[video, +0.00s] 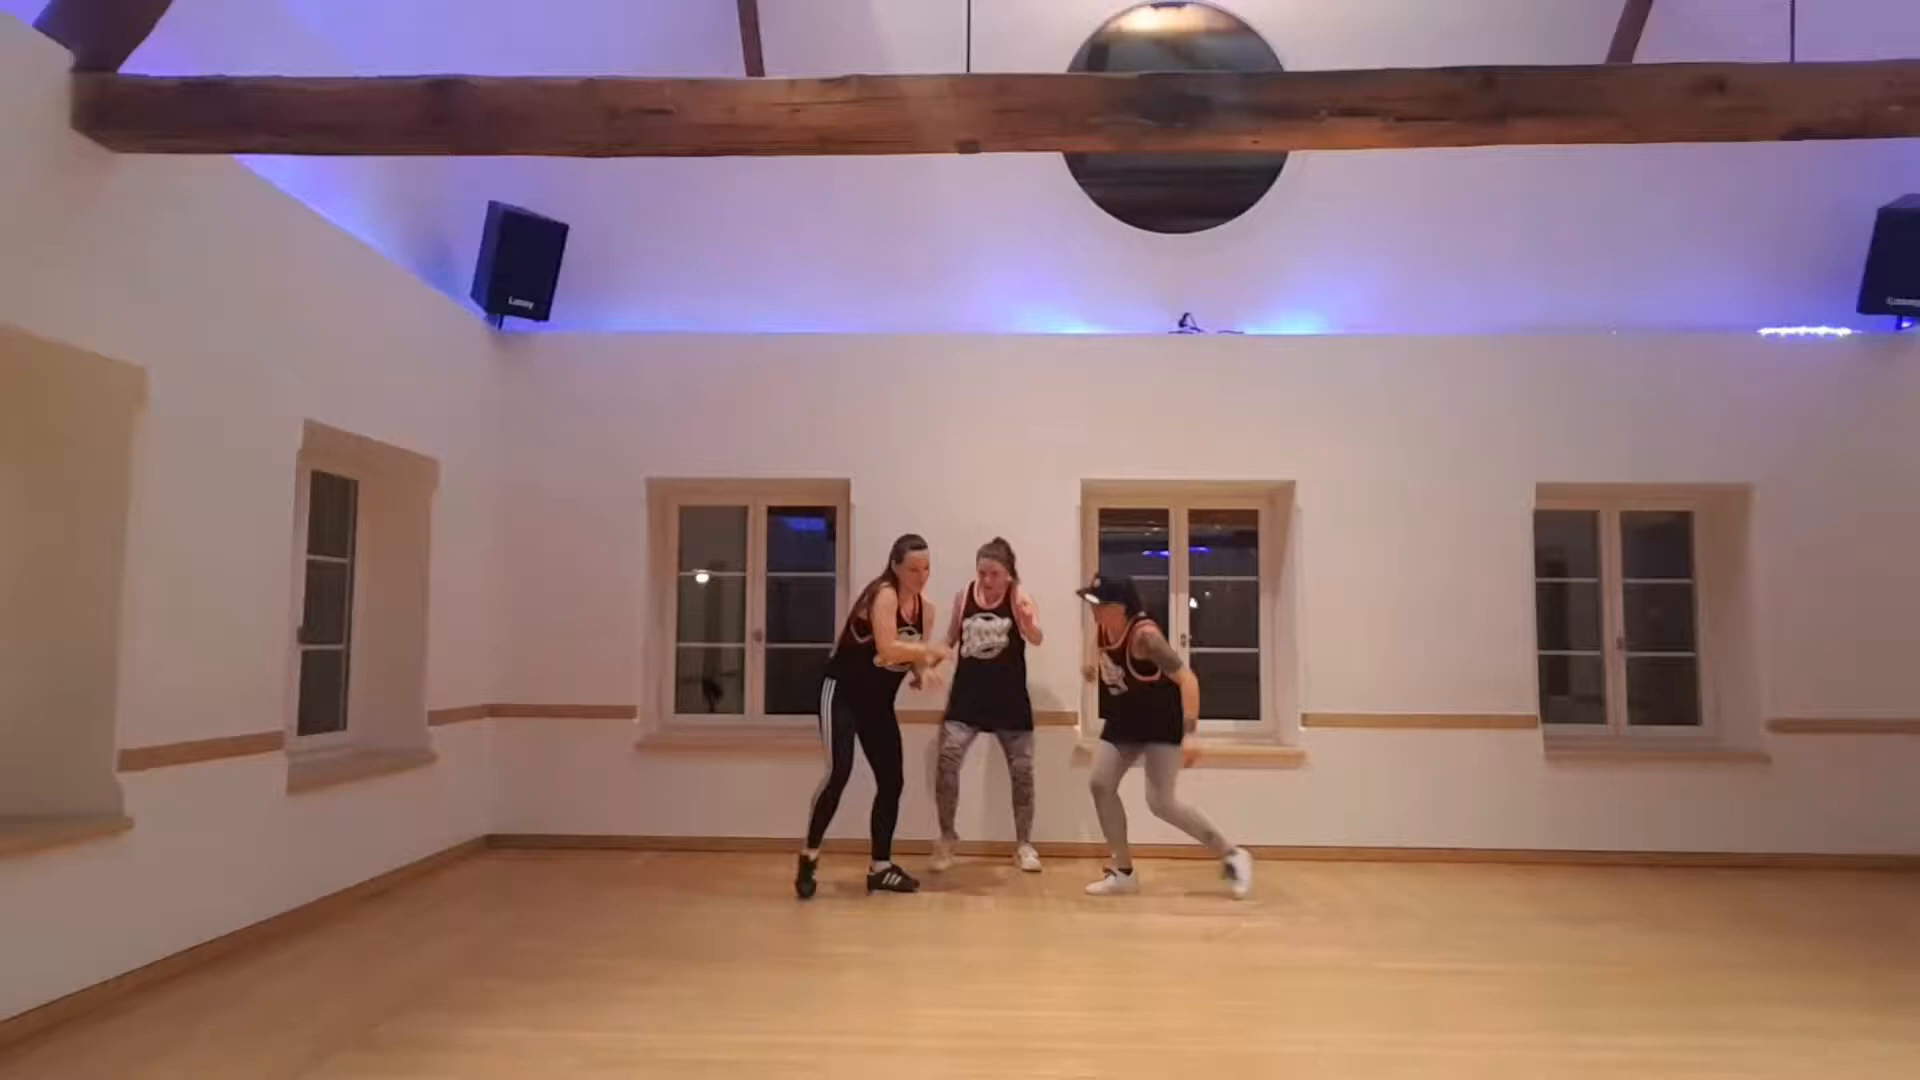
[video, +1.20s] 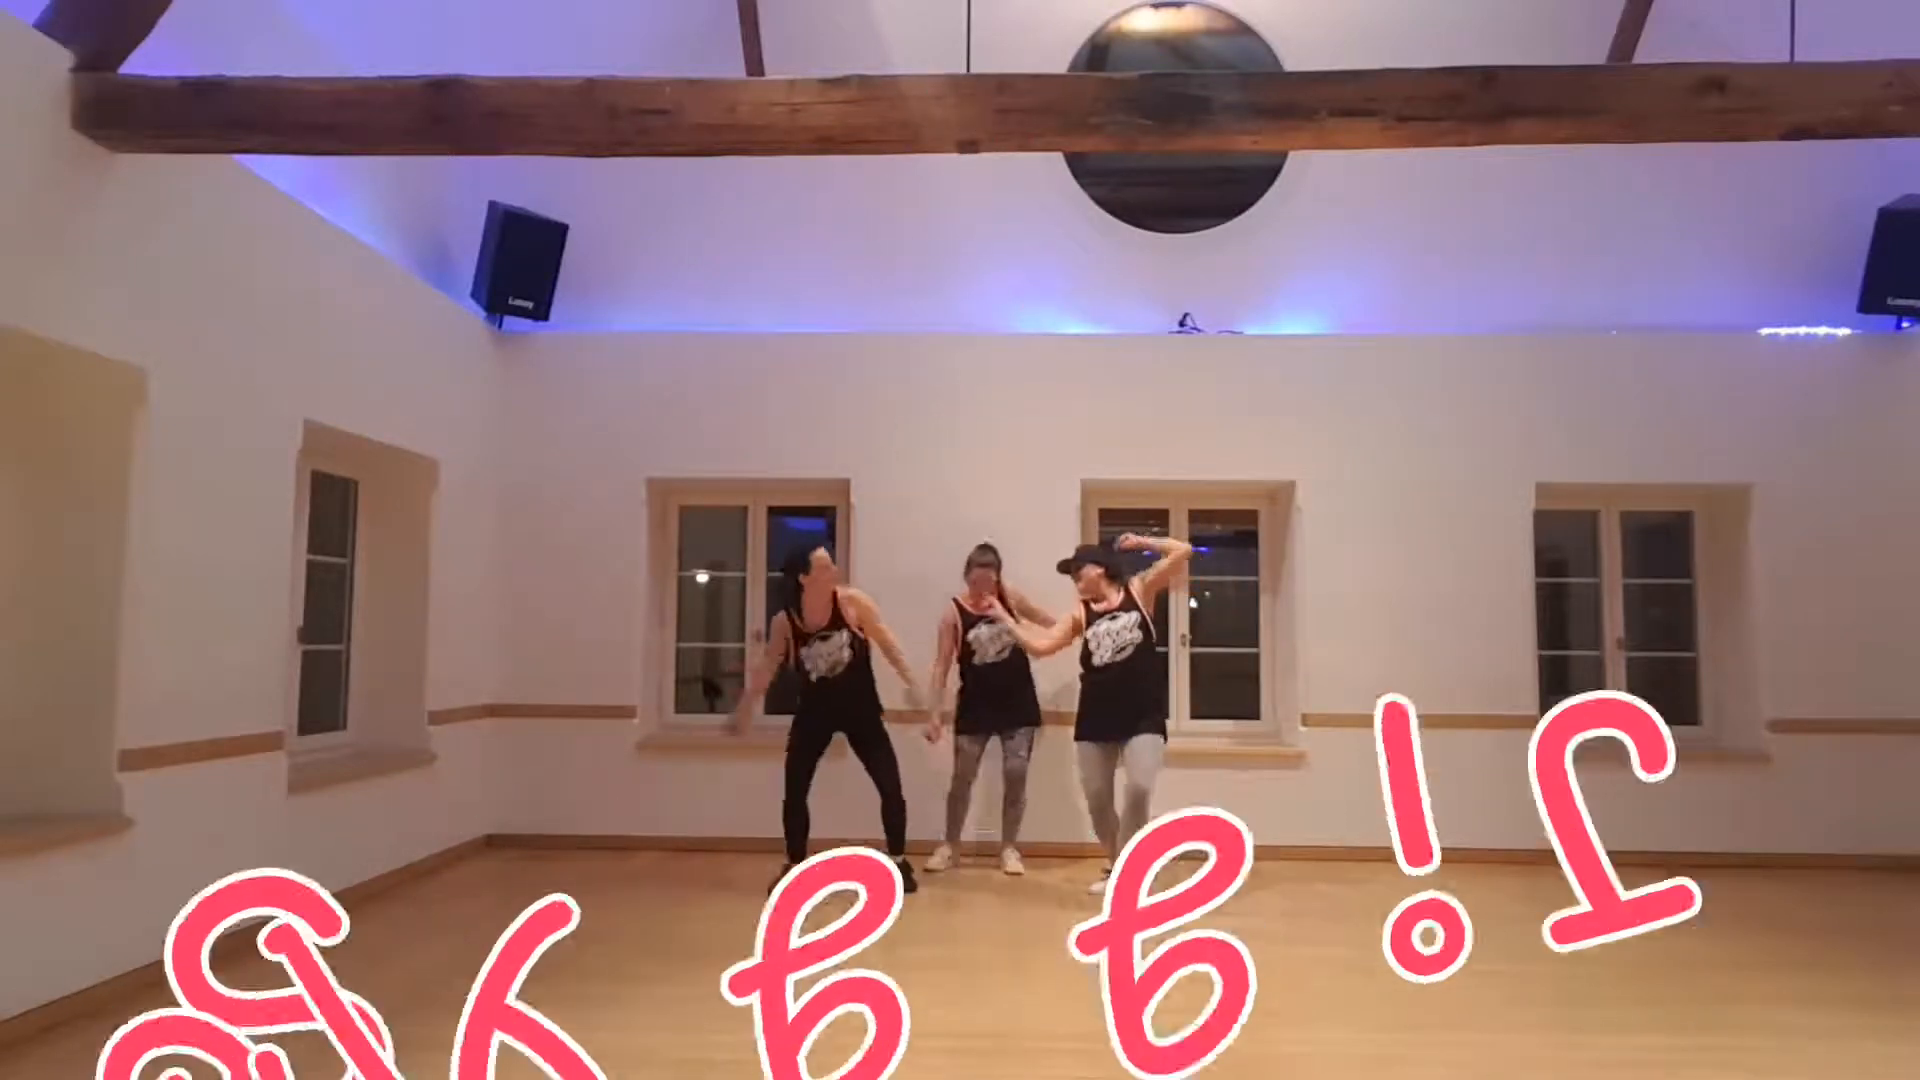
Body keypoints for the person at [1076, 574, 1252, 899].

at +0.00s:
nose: (1095, 611)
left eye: (1101, 606)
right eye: (1095, 605)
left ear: (1120, 607)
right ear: (1106, 607)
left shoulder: (1147, 636)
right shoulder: (1103, 630)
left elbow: (1188, 680)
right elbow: (1105, 668)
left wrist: (1190, 735)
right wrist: (1093, 669)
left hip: (1163, 725)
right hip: (1124, 722)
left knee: (1161, 802)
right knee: (1100, 785)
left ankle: (1233, 856)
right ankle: (1123, 871)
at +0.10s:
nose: (1091, 604)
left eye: (1096, 598)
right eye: (1090, 598)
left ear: (1117, 600)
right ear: (1098, 601)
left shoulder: (1146, 628)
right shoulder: (1096, 623)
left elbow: (1191, 670)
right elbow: (1073, 663)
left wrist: (1202, 717)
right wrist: (1079, 626)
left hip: (1158, 710)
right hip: (1118, 711)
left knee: (1152, 788)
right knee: (1105, 783)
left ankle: (1209, 853)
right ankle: (1123, 870)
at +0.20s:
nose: (1092, 594)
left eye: (1098, 588)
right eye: (1092, 588)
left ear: (1118, 592)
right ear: (1094, 591)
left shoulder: (1148, 617)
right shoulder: (1091, 606)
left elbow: (1194, 645)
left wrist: (1215, 690)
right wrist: (1049, 633)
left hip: (1150, 702)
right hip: (1109, 703)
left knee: (1135, 776)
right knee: (1106, 780)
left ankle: (1162, 861)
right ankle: (1122, 869)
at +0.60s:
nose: (1092, 574)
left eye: (1098, 569)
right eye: (1092, 569)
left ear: (1118, 574)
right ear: (1101, 575)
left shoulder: (1153, 608)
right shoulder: (1089, 606)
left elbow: (1186, 643)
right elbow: (1038, 630)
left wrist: (1235, 644)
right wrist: (1029, 619)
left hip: (1128, 715)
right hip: (1087, 712)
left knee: (1089, 787)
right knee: (1080, 794)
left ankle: (1125, 863)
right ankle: (1115, 865)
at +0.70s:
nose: (1088, 564)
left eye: (1094, 558)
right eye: (1087, 559)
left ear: (1114, 561)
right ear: (1094, 564)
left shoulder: (1149, 592)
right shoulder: (1084, 592)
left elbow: (1196, 613)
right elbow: (1027, 606)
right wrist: (1010, 578)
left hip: (1131, 703)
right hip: (1091, 702)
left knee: (1092, 770)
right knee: (1084, 780)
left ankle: (1125, 856)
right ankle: (1115, 862)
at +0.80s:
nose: (1083, 557)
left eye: (1088, 550)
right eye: (1082, 551)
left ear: (1107, 550)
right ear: (1092, 554)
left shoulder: (1146, 580)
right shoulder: (1083, 585)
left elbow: (1194, 586)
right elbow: (1028, 596)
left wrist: (1204, 546)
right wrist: (997, 563)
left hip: (1136, 696)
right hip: (1094, 698)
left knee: (1107, 764)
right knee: (1095, 784)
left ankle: (1118, 865)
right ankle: (1115, 867)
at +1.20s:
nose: (1075, 580)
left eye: (1079, 572)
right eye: (1073, 574)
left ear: (1101, 570)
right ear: (1086, 575)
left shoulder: (1139, 589)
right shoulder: (1080, 613)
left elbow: (1183, 551)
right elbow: (1042, 645)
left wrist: (1144, 543)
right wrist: (1003, 616)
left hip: (1143, 713)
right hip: (1096, 716)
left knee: (1139, 789)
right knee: (1097, 798)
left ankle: (1130, 869)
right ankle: (1116, 865)